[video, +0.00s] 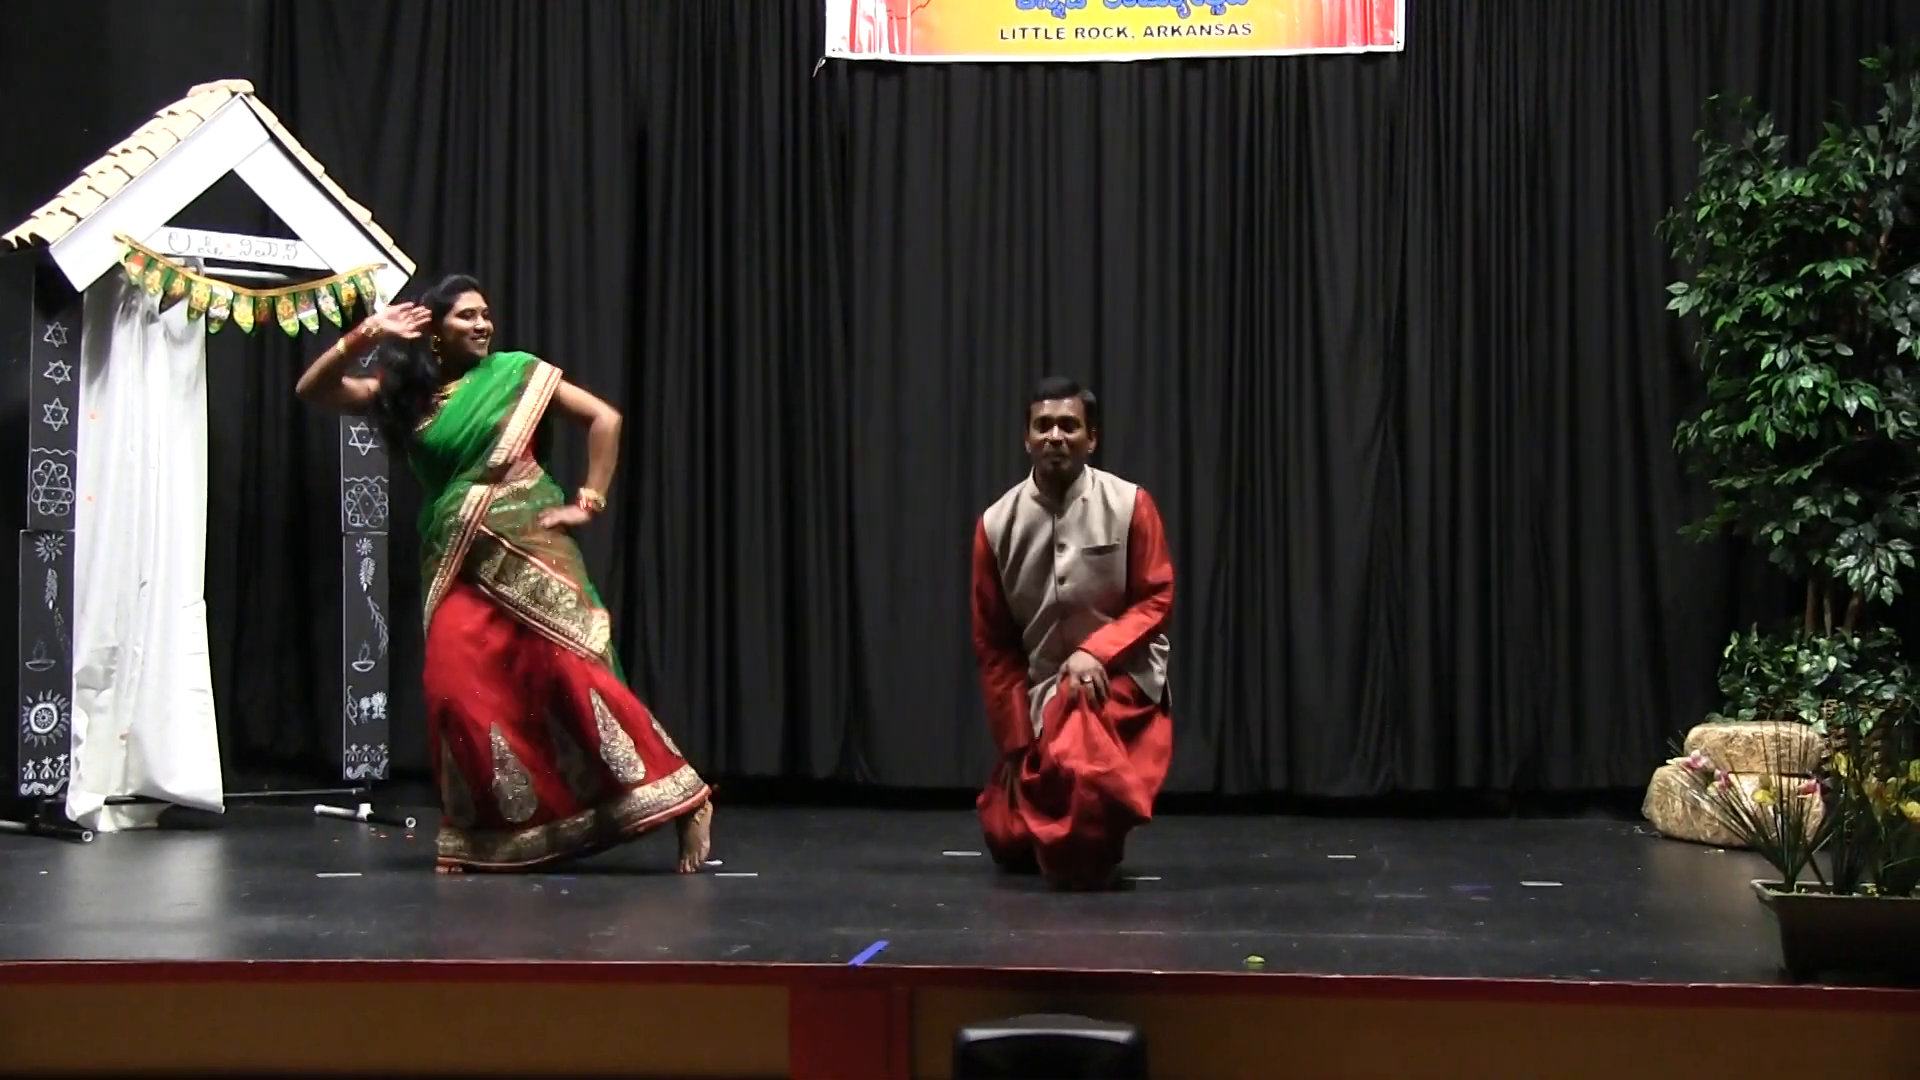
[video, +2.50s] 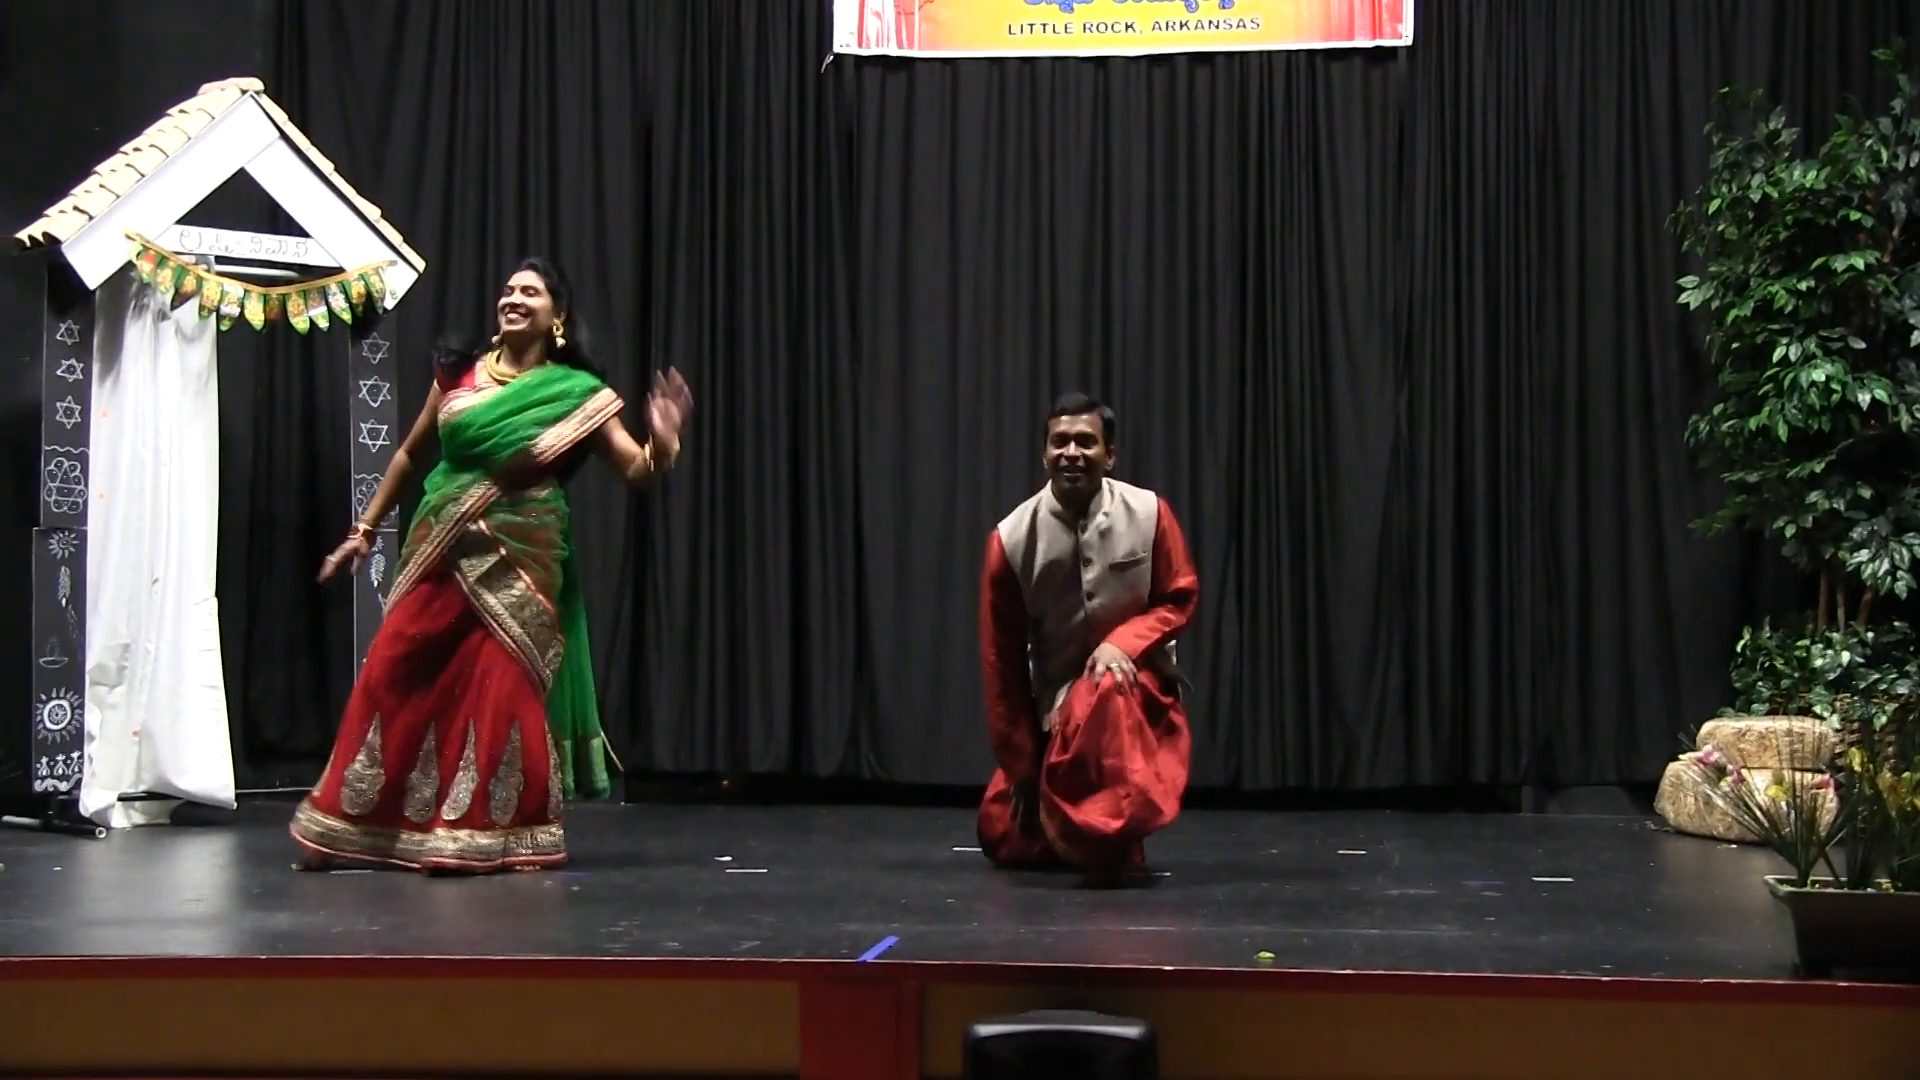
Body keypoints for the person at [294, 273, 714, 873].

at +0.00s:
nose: (483, 324)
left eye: (486, 315)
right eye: (468, 316)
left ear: (491, 321)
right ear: (433, 327)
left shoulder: (516, 372)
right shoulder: (407, 392)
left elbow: (604, 418)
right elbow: (312, 391)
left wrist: (589, 500)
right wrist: (359, 338)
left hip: (536, 548)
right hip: (461, 560)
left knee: (570, 673)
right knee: (448, 685)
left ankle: (687, 800)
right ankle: (478, 833)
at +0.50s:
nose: (474, 316)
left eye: (478, 309)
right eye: (458, 308)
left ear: (488, 322)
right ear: (426, 326)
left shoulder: (519, 369)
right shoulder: (409, 396)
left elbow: (608, 419)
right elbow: (313, 424)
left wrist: (589, 503)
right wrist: (341, 356)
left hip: (531, 549)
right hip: (451, 558)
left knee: (573, 671)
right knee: (440, 689)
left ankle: (685, 798)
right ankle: (461, 821)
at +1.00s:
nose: (463, 305)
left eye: (475, 297)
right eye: (453, 297)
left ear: (499, 315)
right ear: (437, 315)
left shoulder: (528, 376)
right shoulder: (420, 384)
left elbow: (522, 446)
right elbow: (389, 453)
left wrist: (452, 422)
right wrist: (418, 430)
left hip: (524, 547)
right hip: (447, 555)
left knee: (583, 664)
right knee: (444, 682)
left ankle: (671, 797)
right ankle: (463, 822)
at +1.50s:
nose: (485, 302)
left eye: (496, 292)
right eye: (482, 292)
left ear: (531, 301)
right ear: (482, 301)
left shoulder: (573, 372)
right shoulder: (459, 371)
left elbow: (666, 367)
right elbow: (397, 431)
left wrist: (619, 317)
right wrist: (344, 475)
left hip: (513, 542)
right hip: (434, 534)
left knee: (512, 677)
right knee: (371, 665)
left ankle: (517, 837)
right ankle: (319, 824)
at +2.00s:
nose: (492, 307)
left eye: (507, 300)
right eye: (493, 297)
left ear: (536, 316)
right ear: (488, 304)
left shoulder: (560, 387)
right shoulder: (444, 375)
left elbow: (650, 405)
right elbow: (403, 456)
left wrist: (601, 353)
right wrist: (392, 540)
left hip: (519, 555)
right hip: (441, 552)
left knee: (513, 687)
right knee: (376, 674)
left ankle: (517, 837)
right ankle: (327, 827)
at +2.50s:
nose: (514, 299)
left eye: (529, 292)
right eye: (508, 291)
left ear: (556, 316)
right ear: (496, 308)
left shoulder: (576, 390)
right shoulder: (458, 377)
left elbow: (633, 467)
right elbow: (408, 454)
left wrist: (662, 449)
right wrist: (363, 529)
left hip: (521, 553)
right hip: (442, 546)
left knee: (501, 686)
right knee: (385, 673)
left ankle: (466, 837)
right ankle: (332, 826)